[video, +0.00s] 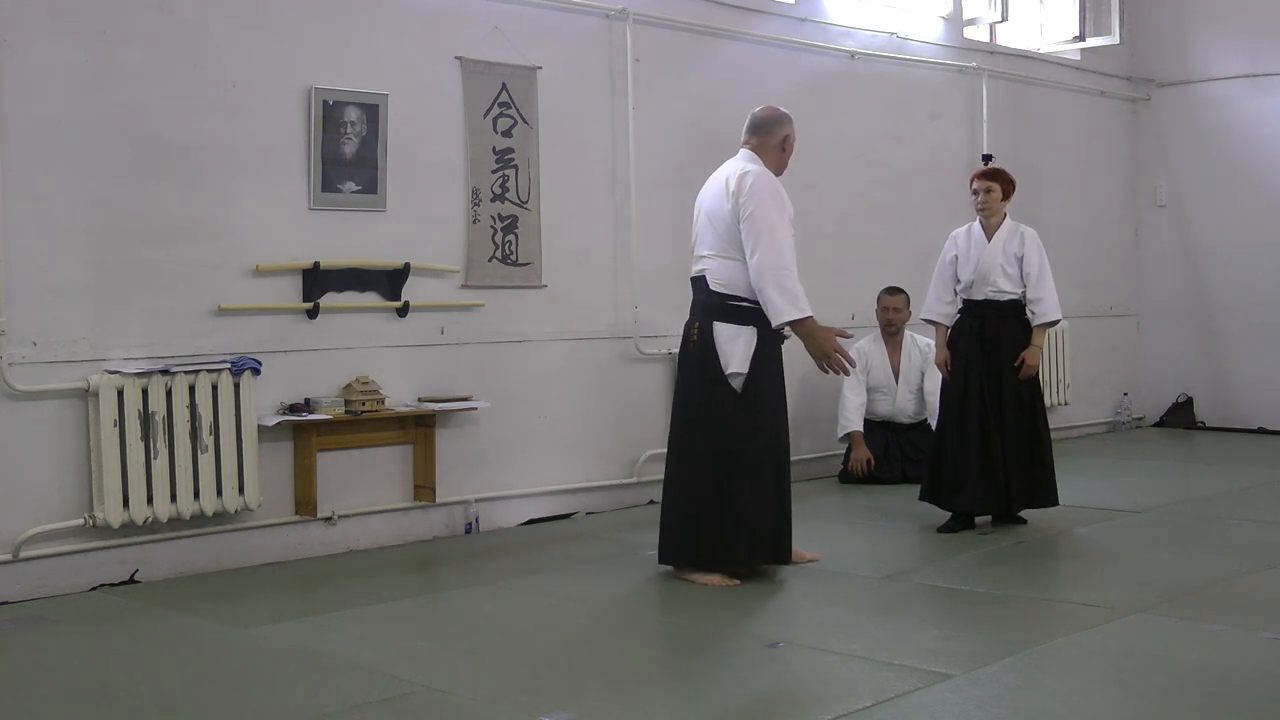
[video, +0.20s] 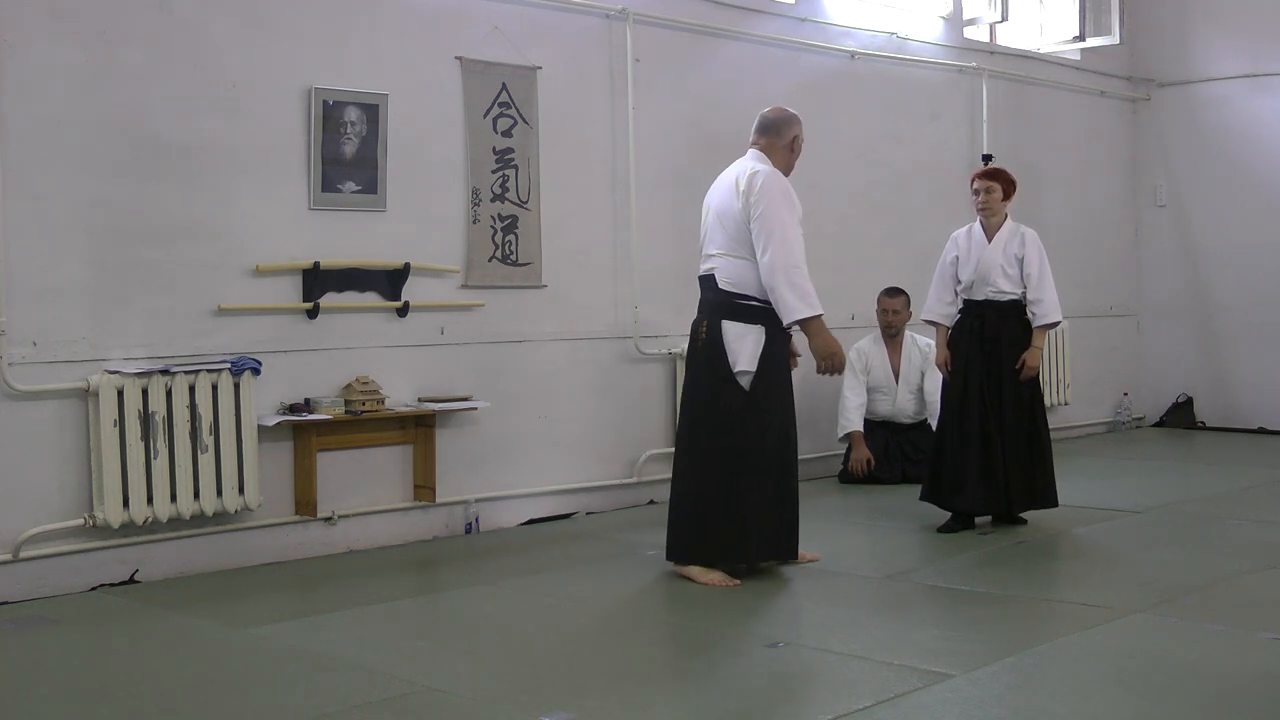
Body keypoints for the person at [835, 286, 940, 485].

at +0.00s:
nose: (890, 316)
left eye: (897, 311)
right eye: (884, 310)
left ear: (908, 315)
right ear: (877, 313)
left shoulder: (926, 349)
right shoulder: (861, 351)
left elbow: (936, 398)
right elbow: (852, 398)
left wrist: (946, 438)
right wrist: (857, 442)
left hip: (916, 430)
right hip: (875, 431)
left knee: (937, 470)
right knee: (855, 471)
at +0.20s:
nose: (889, 319)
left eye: (896, 313)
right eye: (884, 312)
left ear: (908, 316)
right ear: (877, 314)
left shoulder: (927, 349)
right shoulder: (861, 351)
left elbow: (936, 399)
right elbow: (852, 398)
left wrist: (946, 439)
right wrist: (857, 443)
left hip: (916, 431)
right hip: (875, 432)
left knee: (937, 471)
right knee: (856, 471)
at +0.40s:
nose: (889, 320)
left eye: (896, 313)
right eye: (884, 313)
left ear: (908, 316)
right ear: (877, 314)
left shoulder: (927, 350)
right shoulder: (861, 351)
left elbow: (936, 399)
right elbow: (852, 399)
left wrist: (946, 439)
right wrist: (857, 443)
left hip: (916, 430)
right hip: (875, 431)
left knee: (937, 471)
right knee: (857, 471)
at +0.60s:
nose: (889, 320)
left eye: (896, 313)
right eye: (884, 313)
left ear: (908, 316)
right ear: (876, 314)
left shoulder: (926, 349)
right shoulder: (861, 351)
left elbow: (936, 398)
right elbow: (852, 398)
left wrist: (947, 438)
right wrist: (857, 443)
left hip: (916, 430)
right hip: (875, 431)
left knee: (938, 470)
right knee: (856, 471)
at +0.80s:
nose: (889, 319)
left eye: (896, 313)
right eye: (884, 313)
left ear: (908, 316)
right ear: (876, 314)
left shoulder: (926, 349)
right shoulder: (861, 351)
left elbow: (936, 399)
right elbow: (852, 398)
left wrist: (946, 439)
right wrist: (857, 443)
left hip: (916, 431)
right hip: (874, 431)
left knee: (937, 470)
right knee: (856, 471)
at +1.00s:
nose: (890, 318)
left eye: (897, 312)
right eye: (885, 312)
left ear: (908, 316)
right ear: (876, 314)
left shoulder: (926, 349)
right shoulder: (861, 351)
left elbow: (936, 397)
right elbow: (852, 398)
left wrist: (945, 438)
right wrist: (857, 443)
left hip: (916, 430)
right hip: (874, 431)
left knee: (935, 470)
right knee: (856, 471)